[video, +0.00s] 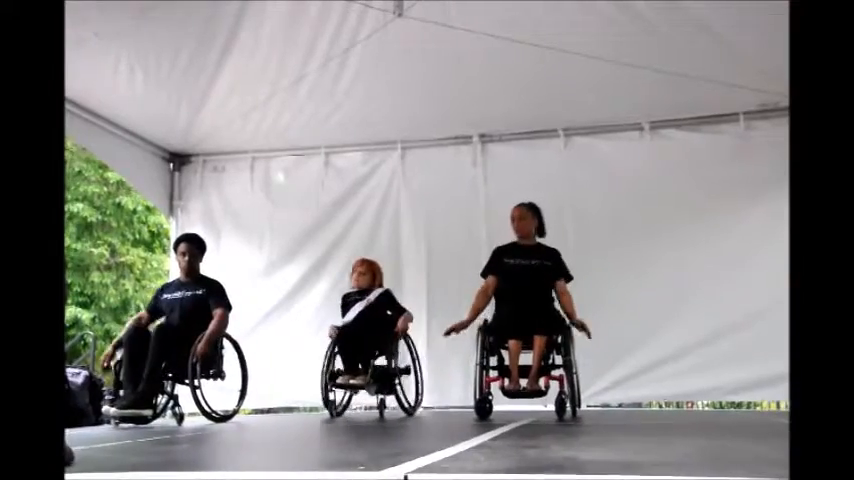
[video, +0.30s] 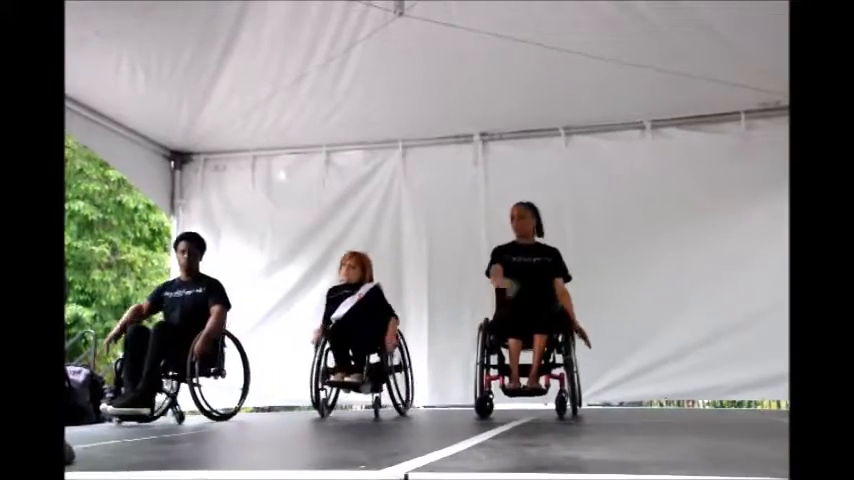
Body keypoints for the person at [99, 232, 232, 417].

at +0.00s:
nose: (188, 259)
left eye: (193, 254)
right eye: (183, 254)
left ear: (201, 257)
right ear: (176, 257)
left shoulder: (211, 287)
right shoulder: (166, 290)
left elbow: (221, 317)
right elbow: (142, 319)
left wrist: (206, 342)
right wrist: (114, 346)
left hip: (199, 353)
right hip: (170, 351)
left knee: (163, 331)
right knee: (135, 333)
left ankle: (144, 399)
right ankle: (130, 398)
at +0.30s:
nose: (187, 257)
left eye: (192, 252)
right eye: (182, 252)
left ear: (201, 255)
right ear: (176, 255)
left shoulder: (211, 286)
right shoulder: (167, 288)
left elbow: (218, 315)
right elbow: (142, 310)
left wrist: (204, 340)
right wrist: (121, 326)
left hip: (200, 350)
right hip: (172, 349)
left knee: (161, 330)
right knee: (136, 332)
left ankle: (145, 397)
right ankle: (131, 396)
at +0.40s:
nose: (184, 257)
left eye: (189, 252)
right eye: (180, 252)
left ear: (199, 255)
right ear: (175, 255)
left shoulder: (211, 285)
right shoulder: (167, 287)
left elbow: (218, 314)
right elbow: (147, 301)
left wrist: (203, 339)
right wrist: (136, 306)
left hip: (199, 349)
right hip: (171, 347)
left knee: (162, 329)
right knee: (136, 331)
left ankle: (144, 397)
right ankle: (130, 394)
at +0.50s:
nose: (181, 255)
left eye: (186, 250)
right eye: (177, 251)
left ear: (196, 253)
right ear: (172, 255)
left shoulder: (210, 284)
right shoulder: (168, 286)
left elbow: (219, 312)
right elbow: (139, 302)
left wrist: (205, 337)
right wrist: (148, 288)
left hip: (200, 350)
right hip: (172, 348)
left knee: (163, 328)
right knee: (137, 330)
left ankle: (146, 395)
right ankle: (131, 394)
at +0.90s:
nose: (184, 255)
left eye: (189, 249)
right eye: (179, 250)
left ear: (199, 252)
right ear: (174, 254)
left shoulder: (213, 285)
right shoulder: (166, 287)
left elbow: (231, 314)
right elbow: (145, 317)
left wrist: (220, 319)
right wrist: (133, 294)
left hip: (204, 352)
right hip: (173, 349)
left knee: (170, 329)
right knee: (141, 329)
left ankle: (151, 396)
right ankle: (136, 396)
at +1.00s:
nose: (185, 256)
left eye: (190, 250)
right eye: (180, 251)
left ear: (200, 253)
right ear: (175, 255)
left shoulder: (214, 285)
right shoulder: (167, 287)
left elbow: (229, 314)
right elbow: (153, 313)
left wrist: (219, 292)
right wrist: (128, 322)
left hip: (205, 350)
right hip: (174, 348)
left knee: (169, 327)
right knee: (141, 329)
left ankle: (151, 397)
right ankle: (136, 397)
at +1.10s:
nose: (187, 256)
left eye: (192, 251)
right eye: (182, 252)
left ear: (202, 254)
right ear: (177, 255)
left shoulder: (215, 285)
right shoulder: (168, 287)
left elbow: (225, 311)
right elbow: (153, 315)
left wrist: (209, 281)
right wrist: (129, 334)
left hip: (205, 349)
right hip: (174, 347)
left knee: (169, 328)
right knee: (138, 332)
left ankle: (150, 397)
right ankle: (135, 397)